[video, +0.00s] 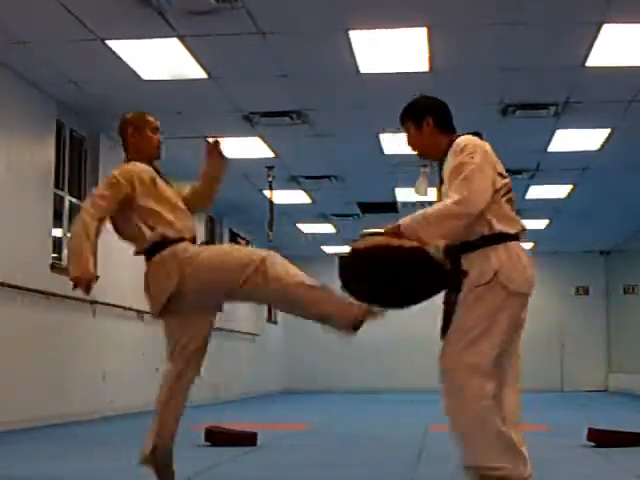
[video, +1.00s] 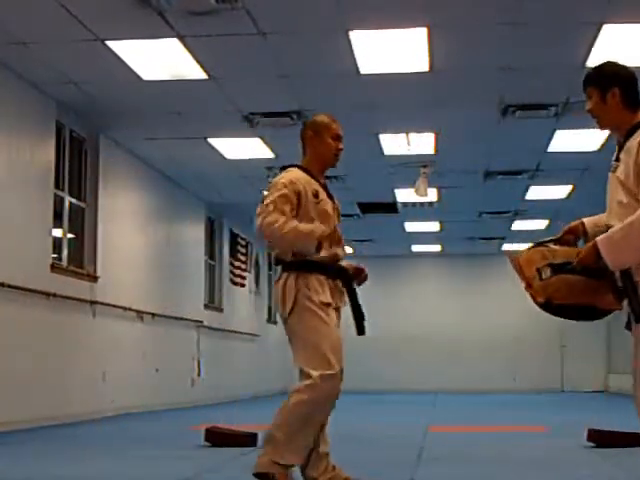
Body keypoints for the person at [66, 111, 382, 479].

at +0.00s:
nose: (159, 139)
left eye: (159, 133)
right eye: (152, 132)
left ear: (150, 139)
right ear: (130, 137)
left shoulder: (157, 185)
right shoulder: (127, 175)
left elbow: (198, 201)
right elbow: (90, 214)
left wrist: (212, 168)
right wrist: (81, 264)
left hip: (180, 275)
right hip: (174, 263)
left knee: (184, 365)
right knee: (263, 268)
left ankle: (160, 448)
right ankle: (347, 313)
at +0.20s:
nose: (173, 127)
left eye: (174, 122)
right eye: (166, 120)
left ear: (174, 127)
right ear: (143, 123)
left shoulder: (197, 162)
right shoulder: (130, 175)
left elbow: (235, 204)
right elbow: (123, 230)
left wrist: (267, 228)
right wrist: (156, 216)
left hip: (249, 243)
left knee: (319, 266)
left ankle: (299, 329)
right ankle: (228, 472)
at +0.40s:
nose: (226, 155)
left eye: (226, 148)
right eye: (221, 147)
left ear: (214, 152)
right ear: (197, 147)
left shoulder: (227, 200)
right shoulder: (169, 197)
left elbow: (237, 247)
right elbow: (157, 251)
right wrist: (199, 231)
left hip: (267, 271)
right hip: (234, 297)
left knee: (344, 275)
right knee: (249, 382)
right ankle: (235, 471)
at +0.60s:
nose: (255, 138)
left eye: (255, 132)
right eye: (248, 131)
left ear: (240, 137)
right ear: (224, 134)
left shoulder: (258, 190)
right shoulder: (202, 183)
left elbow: (268, 245)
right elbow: (199, 241)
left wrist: (307, 272)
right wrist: (257, 248)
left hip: (285, 282)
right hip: (250, 290)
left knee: (338, 337)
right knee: (255, 379)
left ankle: (328, 417)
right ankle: (237, 471)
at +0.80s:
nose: (301, 145)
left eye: (301, 138)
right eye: (294, 137)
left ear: (292, 144)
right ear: (270, 140)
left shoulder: (298, 197)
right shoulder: (251, 187)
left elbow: (303, 255)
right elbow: (242, 246)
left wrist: (333, 272)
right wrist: (292, 273)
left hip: (307, 300)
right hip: (276, 301)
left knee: (309, 388)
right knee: (273, 386)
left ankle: (316, 468)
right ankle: (239, 471)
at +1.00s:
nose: (340, 147)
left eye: (341, 141)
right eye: (334, 139)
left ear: (325, 145)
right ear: (310, 140)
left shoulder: (322, 192)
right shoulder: (291, 179)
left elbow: (320, 251)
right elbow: (270, 224)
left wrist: (346, 270)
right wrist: (319, 236)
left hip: (327, 289)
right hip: (305, 286)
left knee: (319, 379)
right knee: (325, 376)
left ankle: (317, 467)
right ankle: (272, 463)